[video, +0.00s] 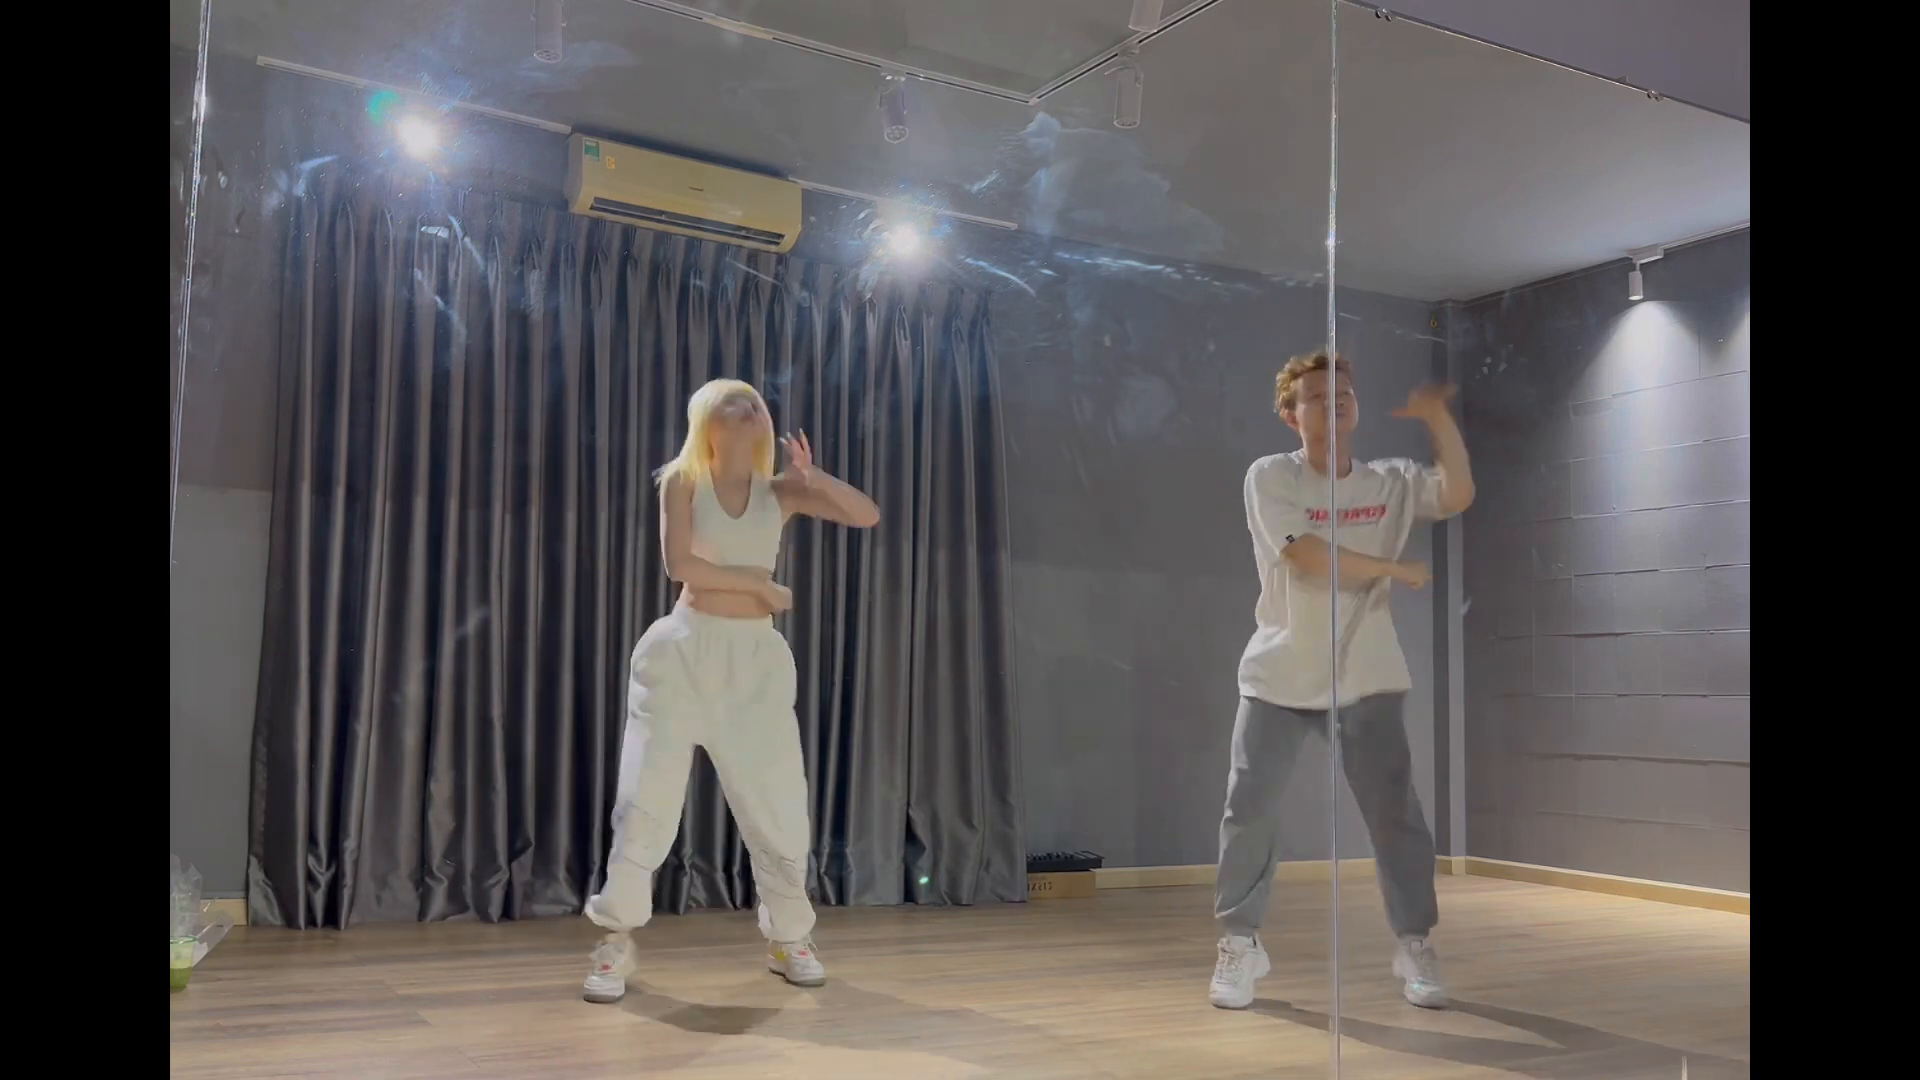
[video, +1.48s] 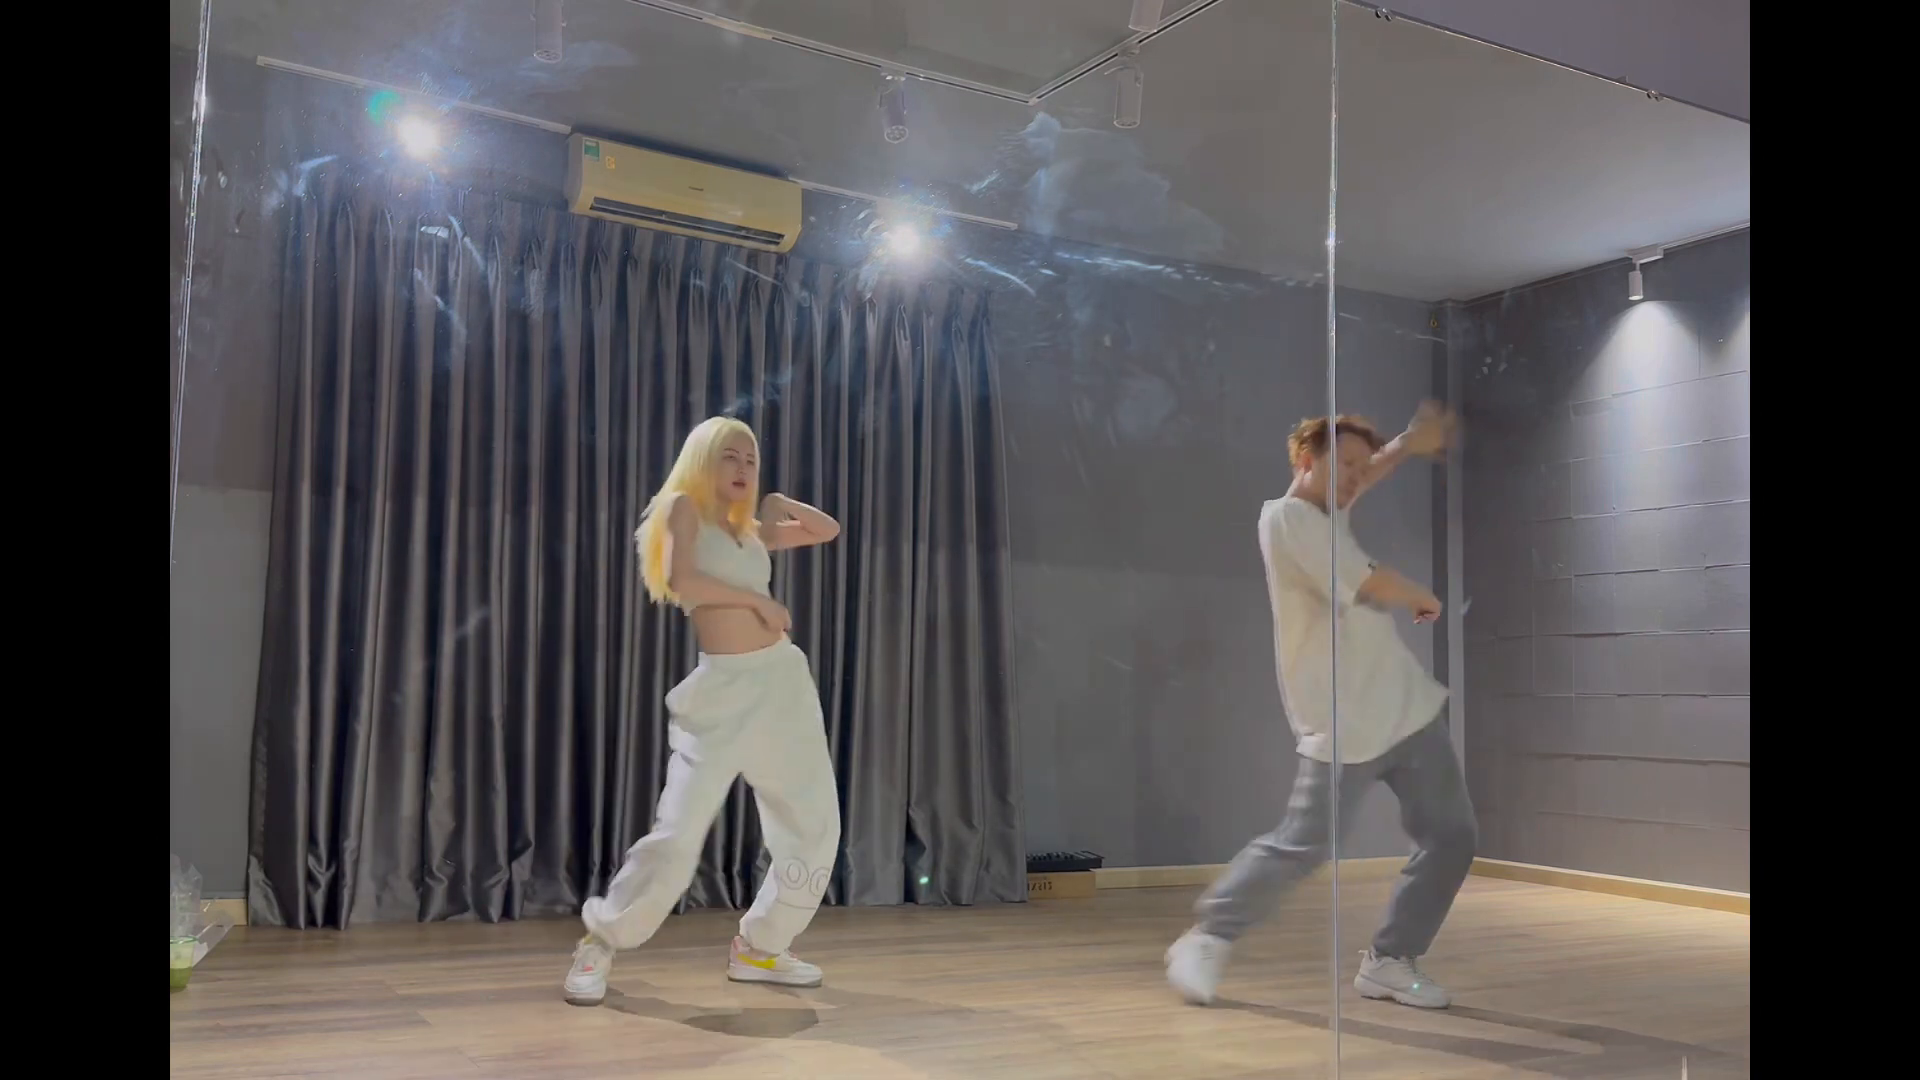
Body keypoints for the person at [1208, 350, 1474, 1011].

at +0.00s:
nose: (1331, 409)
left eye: (1341, 398)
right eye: (1315, 400)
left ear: (1357, 407)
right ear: (1291, 413)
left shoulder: (1391, 480)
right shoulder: (1271, 477)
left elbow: (1458, 493)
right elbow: (1302, 554)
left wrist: (1441, 421)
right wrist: (1393, 568)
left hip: (1368, 674)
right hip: (1281, 673)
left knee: (1393, 809)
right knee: (1248, 804)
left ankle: (1415, 946)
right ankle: (1238, 944)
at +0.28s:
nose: (1345, 427)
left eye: (1353, 416)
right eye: (1330, 418)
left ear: (1365, 424)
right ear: (1301, 430)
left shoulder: (1391, 486)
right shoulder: (1277, 494)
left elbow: (1450, 498)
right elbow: (1319, 558)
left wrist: (1430, 419)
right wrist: (1426, 562)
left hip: (1373, 685)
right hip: (1284, 679)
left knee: (1393, 817)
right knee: (1230, 779)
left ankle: (1398, 949)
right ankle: (1229, 934)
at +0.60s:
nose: (1356, 449)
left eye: (1365, 438)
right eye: (1342, 437)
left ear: (1376, 440)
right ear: (1312, 438)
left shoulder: (1384, 500)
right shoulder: (1277, 488)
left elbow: (1426, 533)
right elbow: (1324, 548)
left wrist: (1430, 454)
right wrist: (1419, 559)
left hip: (1378, 686)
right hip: (1291, 679)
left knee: (1400, 814)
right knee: (1227, 780)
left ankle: (1399, 950)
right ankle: (1232, 931)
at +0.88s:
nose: (1333, 470)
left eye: (1343, 459)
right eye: (1320, 458)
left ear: (1353, 467)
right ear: (1290, 460)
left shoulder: (1371, 533)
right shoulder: (1256, 511)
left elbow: (1432, 536)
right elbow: (1300, 573)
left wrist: (1414, 479)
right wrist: (1380, 601)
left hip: (1378, 714)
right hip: (1287, 709)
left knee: (1400, 841)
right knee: (1211, 785)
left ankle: (1401, 959)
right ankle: (1233, 935)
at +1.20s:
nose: (1305, 487)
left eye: (1313, 477)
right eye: (1292, 476)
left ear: (1321, 483)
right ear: (1259, 480)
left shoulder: (1334, 528)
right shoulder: (1230, 541)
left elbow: (1377, 563)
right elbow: (1292, 596)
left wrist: (1308, 529)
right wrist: (1380, 603)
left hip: (1316, 722)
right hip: (1246, 721)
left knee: (1399, 816)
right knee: (1226, 839)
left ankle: (1375, 956)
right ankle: (1162, 958)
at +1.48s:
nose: (1354, 483)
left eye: (1360, 475)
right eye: (1345, 467)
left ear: (1362, 476)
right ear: (1307, 459)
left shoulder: (1322, 513)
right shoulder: (1286, 518)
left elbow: (1359, 475)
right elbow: (1369, 583)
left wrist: (1409, 442)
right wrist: (1422, 599)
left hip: (1407, 710)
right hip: (1341, 724)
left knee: (1451, 836)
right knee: (1302, 844)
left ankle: (1390, 962)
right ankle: (1204, 942)